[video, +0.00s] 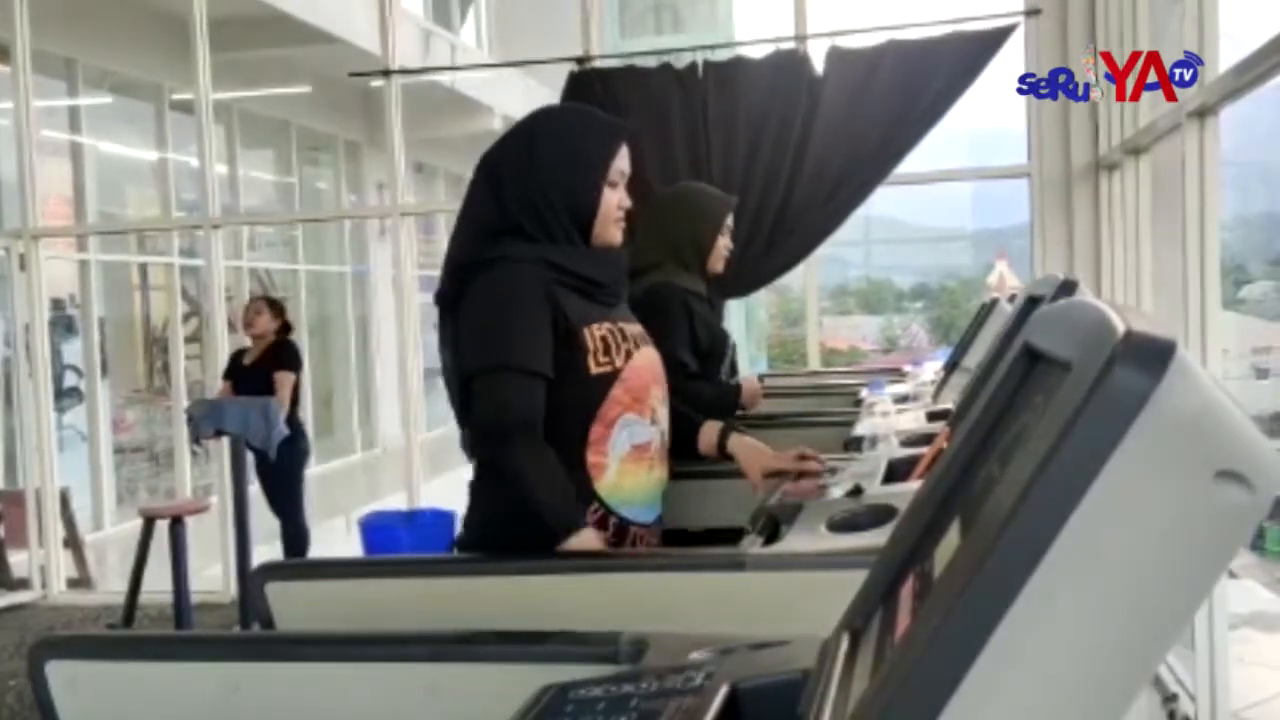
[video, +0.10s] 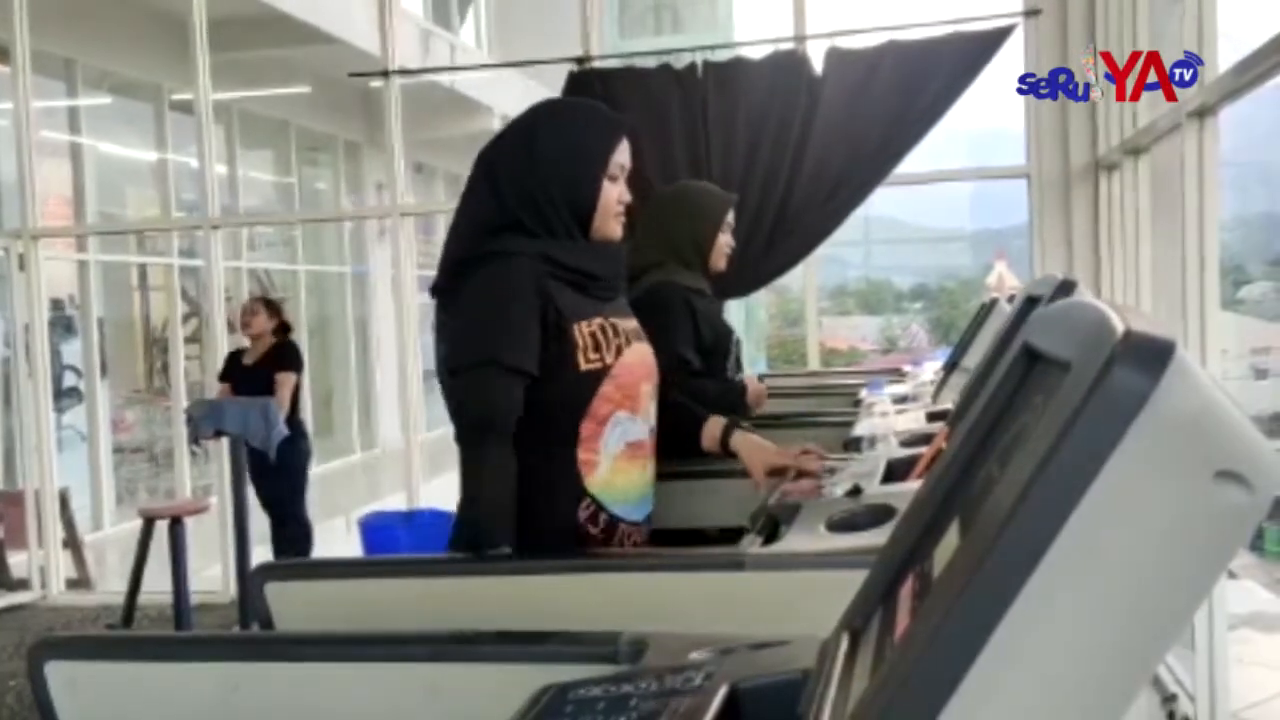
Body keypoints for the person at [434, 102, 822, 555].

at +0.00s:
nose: (627, 202)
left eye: (625, 186)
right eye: (613, 185)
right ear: (563, 183)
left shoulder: (592, 282)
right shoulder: (511, 285)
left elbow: (633, 405)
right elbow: (508, 441)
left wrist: (734, 443)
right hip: (538, 569)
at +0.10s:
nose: (628, 198)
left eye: (625, 180)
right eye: (614, 178)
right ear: (562, 177)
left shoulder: (594, 275)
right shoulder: (505, 281)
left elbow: (634, 397)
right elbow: (487, 441)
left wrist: (737, 440)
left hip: (614, 544)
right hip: (544, 557)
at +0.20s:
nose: (626, 203)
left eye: (625, 186)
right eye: (611, 185)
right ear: (561, 182)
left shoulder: (596, 285)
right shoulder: (501, 292)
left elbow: (628, 408)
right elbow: (457, 450)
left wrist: (737, 441)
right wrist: (424, 582)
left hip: (611, 556)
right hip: (528, 572)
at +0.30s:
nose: (623, 218)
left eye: (621, 200)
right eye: (610, 198)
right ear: (559, 199)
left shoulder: (589, 302)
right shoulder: (498, 307)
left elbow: (617, 427)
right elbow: (445, 464)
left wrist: (731, 438)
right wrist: (389, 586)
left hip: (609, 567)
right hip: (525, 577)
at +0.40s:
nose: (621, 219)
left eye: (618, 201)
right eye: (606, 201)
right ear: (555, 202)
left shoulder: (587, 308)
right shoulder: (501, 315)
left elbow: (613, 429)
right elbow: (455, 479)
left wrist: (725, 441)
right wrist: (416, 597)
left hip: (610, 573)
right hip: (536, 586)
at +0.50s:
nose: (618, 205)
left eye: (614, 187)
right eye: (602, 186)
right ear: (552, 188)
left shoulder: (581, 287)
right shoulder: (501, 299)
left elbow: (598, 421)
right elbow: (484, 460)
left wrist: (702, 439)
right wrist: (478, 592)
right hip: (545, 567)